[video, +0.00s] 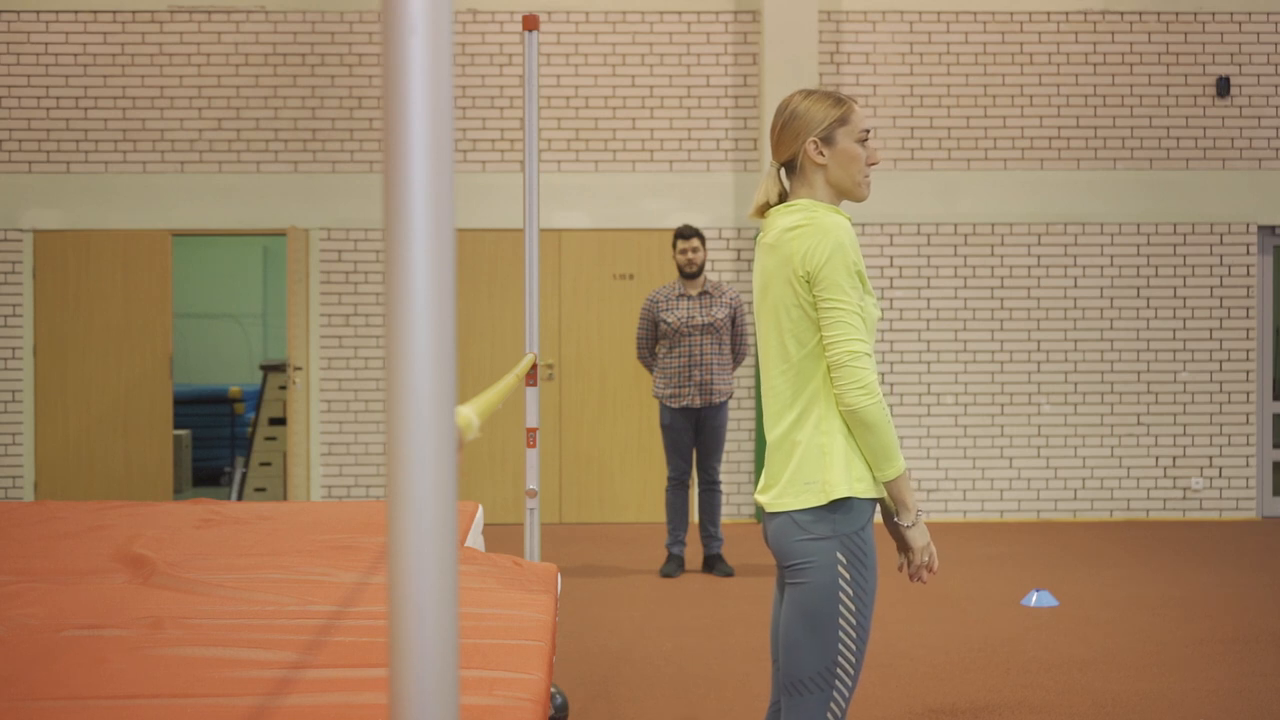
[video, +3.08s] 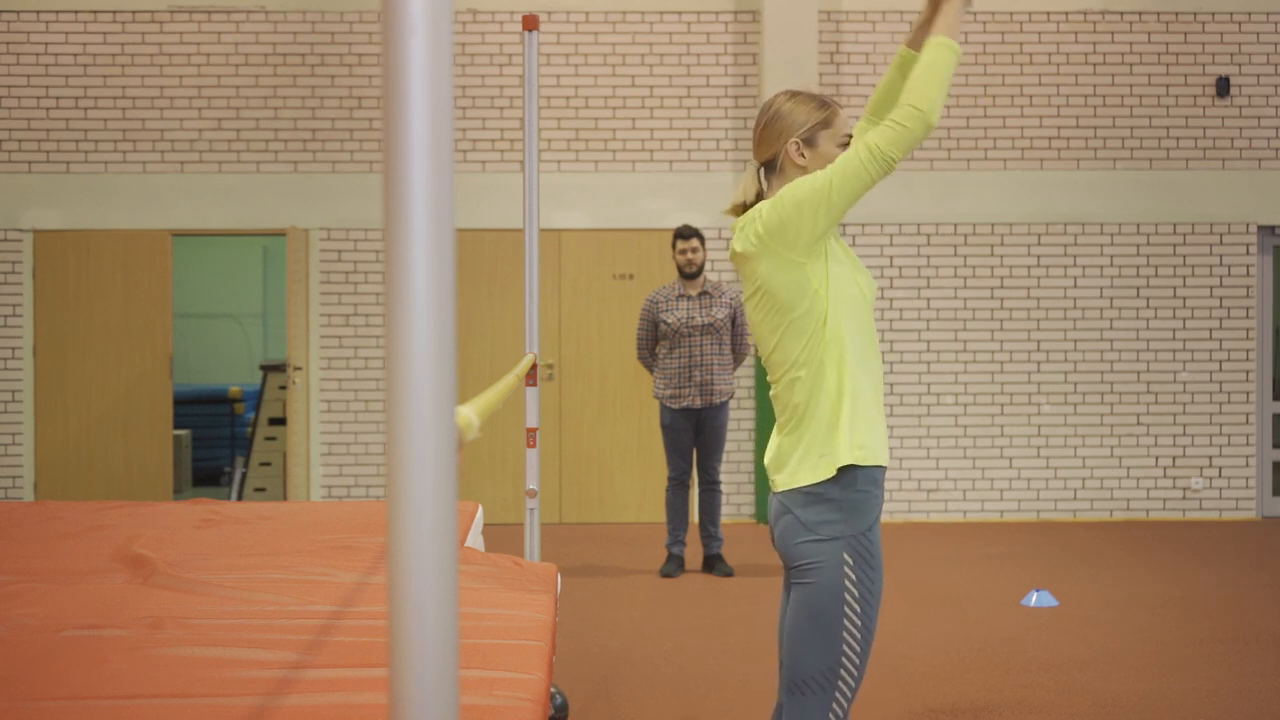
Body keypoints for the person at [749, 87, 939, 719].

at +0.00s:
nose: (873, 154)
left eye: (869, 140)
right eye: (860, 141)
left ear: (814, 154)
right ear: (816, 152)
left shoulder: (780, 231)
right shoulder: (827, 233)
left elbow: (795, 386)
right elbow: (854, 387)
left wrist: (890, 505)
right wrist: (907, 510)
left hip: (795, 502)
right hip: (828, 504)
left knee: (794, 705)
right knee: (818, 707)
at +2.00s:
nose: (863, 153)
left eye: (858, 138)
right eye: (850, 139)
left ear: (805, 154)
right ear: (804, 151)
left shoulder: (781, 228)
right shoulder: (816, 226)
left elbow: (876, 359)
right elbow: (896, 356)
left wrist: (990, 448)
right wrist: (1000, 455)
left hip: (785, 501)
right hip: (806, 505)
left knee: (788, 705)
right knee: (802, 706)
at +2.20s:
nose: (857, 154)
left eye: (854, 140)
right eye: (845, 140)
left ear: (801, 153)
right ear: (801, 150)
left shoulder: (780, 227)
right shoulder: (804, 223)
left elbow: (896, 327)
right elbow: (912, 319)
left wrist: (1034, 373)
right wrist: (1048, 377)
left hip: (793, 499)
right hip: (806, 501)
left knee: (792, 703)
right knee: (802, 705)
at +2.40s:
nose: (854, 156)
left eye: (850, 139)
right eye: (841, 140)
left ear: (798, 153)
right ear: (797, 151)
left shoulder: (778, 224)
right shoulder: (795, 223)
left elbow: (925, 277)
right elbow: (931, 276)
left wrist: (1067, 279)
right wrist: (1073, 277)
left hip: (799, 501)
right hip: (809, 502)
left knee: (794, 704)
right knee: (804, 706)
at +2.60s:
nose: (852, 156)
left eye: (848, 141)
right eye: (840, 141)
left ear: (796, 153)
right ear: (796, 151)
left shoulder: (782, 223)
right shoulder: (785, 221)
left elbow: (927, 223)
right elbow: (932, 225)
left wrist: (1047, 176)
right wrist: (1064, 176)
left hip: (806, 498)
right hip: (812, 499)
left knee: (800, 703)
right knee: (807, 705)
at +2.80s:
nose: (849, 159)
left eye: (848, 144)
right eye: (840, 144)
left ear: (790, 151)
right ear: (792, 149)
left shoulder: (782, 221)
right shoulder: (783, 222)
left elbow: (913, 176)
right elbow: (932, 180)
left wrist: (1005, 94)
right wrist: (1028, 89)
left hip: (814, 494)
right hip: (819, 497)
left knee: (802, 702)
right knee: (814, 704)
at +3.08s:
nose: (845, 158)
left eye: (845, 143)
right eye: (838, 143)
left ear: (792, 153)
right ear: (797, 152)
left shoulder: (784, 222)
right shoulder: (780, 223)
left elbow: (873, 127)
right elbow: (904, 129)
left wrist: (930, 17)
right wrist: (952, 16)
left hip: (831, 489)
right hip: (828, 494)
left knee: (818, 698)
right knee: (819, 702)